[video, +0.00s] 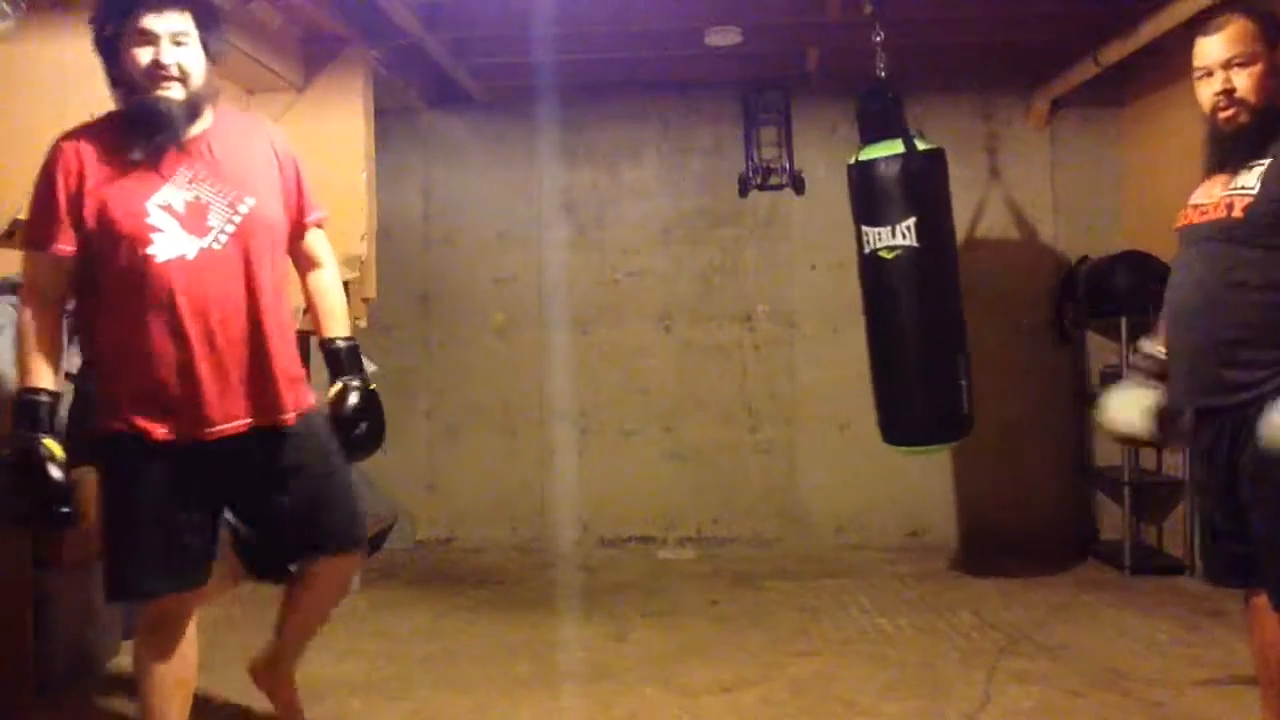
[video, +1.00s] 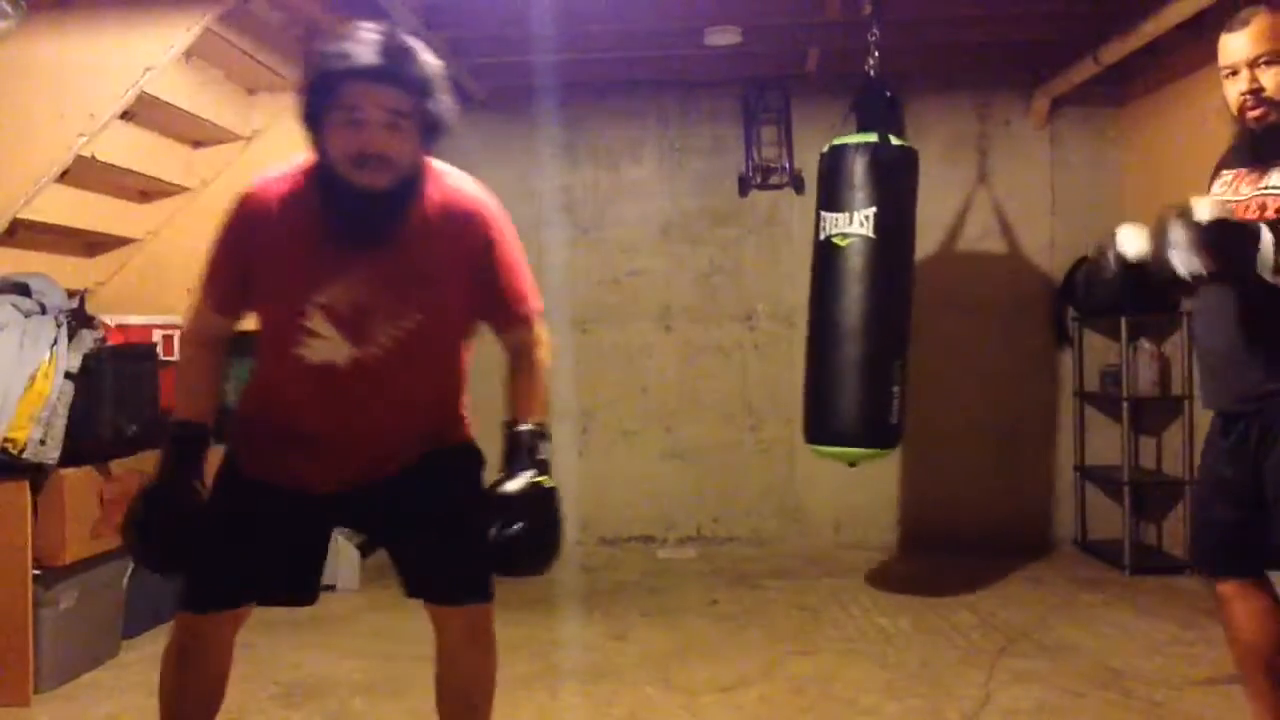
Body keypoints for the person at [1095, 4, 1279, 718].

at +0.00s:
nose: (1221, 86)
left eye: (1239, 65)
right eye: (1205, 74)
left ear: (1274, 67)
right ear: (1194, 87)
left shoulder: (1273, 167)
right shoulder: (1216, 176)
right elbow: (1193, 284)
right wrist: (1159, 361)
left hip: (1263, 408)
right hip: (1214, 410)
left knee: (1268, 591)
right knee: (1254, 589)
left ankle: (1270, 705)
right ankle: (1269, 704)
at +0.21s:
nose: (1246, 80)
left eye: (1262, 61)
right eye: (1230, 67)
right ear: (1217, 78)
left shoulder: (1277, 158)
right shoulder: (1231, 161)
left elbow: (1273, 247)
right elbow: (1178, 258)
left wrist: (1209, 267)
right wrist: (1101, 267)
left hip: (1271, 399)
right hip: (1234, 400)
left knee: (1268, 583)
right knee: (1259, 582)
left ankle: (1269, 702)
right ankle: (1268, 700)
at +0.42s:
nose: (1248, 79)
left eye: (1263, 60)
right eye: (1232, 68)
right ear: (1220, 82)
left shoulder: (1276, 158)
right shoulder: (1230, 163)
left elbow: (1269, 244)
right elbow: (1205, 257)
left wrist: (1213, 230)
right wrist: (1122, 235)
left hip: (1272, 403)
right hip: (1236, 407)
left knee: (1267, 589)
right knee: (1261, 588)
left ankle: (1269, 701)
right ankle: (1269, 704)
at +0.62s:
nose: (1241, 80)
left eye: (1258, 61)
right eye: (1226, 69)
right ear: (1215, 79)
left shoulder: (1272, 142)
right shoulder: (1227, 150)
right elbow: (1207, 264)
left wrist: (1269, 169)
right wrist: (1111, 223)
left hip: (1274, 404)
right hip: (1238, 407)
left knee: (1270, 589)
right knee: (1261, 589)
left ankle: (1269, 701)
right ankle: (1269, 707)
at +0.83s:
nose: (1252, 81)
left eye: (1267, 62)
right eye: (1236, 69)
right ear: (1225, 81)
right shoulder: (1218, 169)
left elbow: (1279, 263)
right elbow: (1194, 279)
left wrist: (1252, 230)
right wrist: (1155, 237)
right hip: (1238, 409)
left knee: (1266, 590)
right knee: (1256, 590)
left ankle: (1271, 705)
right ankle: (1269, 709)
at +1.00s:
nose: (1248, 85)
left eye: (1262, 66)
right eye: (1233, 72)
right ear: (1220, 80)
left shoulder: (1279, 169)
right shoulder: (1231, 169)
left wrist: (1257, 250)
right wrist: (1144, 256)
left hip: (1273, 406)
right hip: (1237, 410)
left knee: (1243, 573)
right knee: (1232, 573)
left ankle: (1265, 703)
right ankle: (1264, 707)